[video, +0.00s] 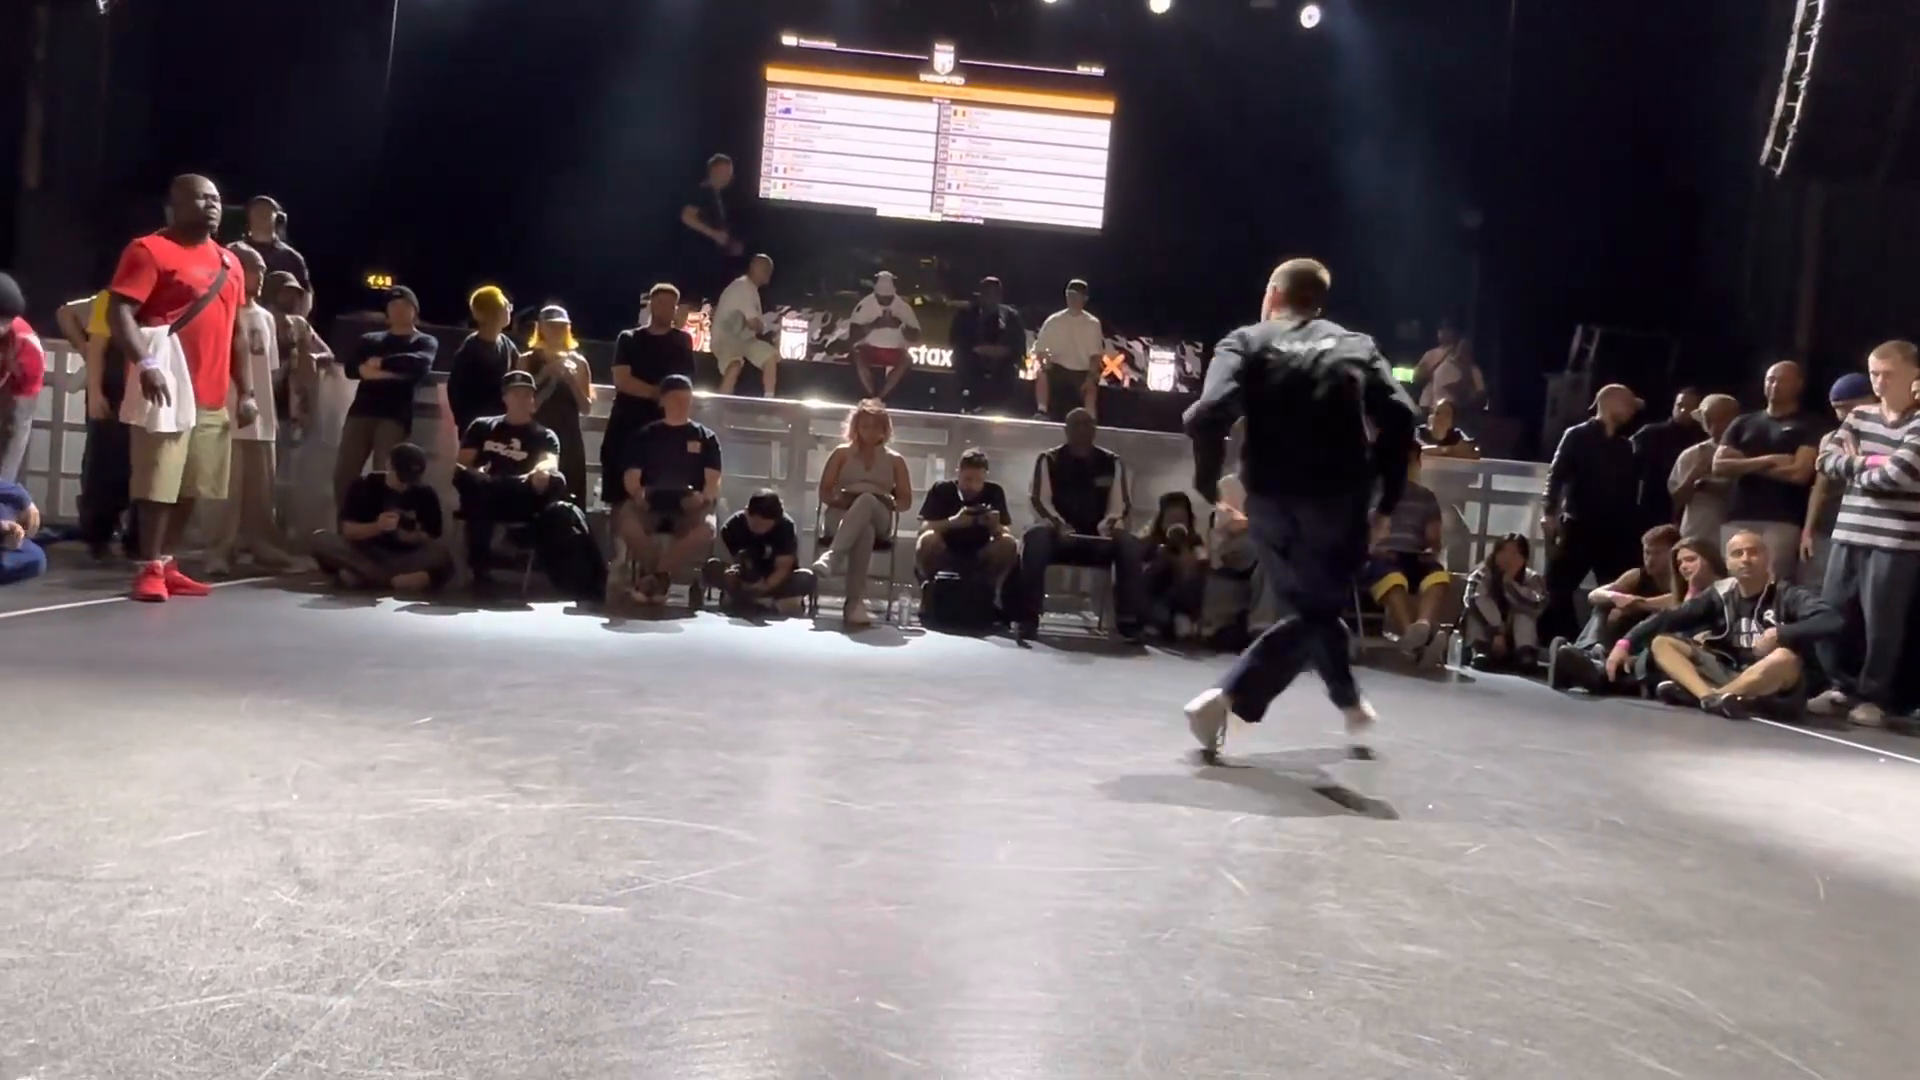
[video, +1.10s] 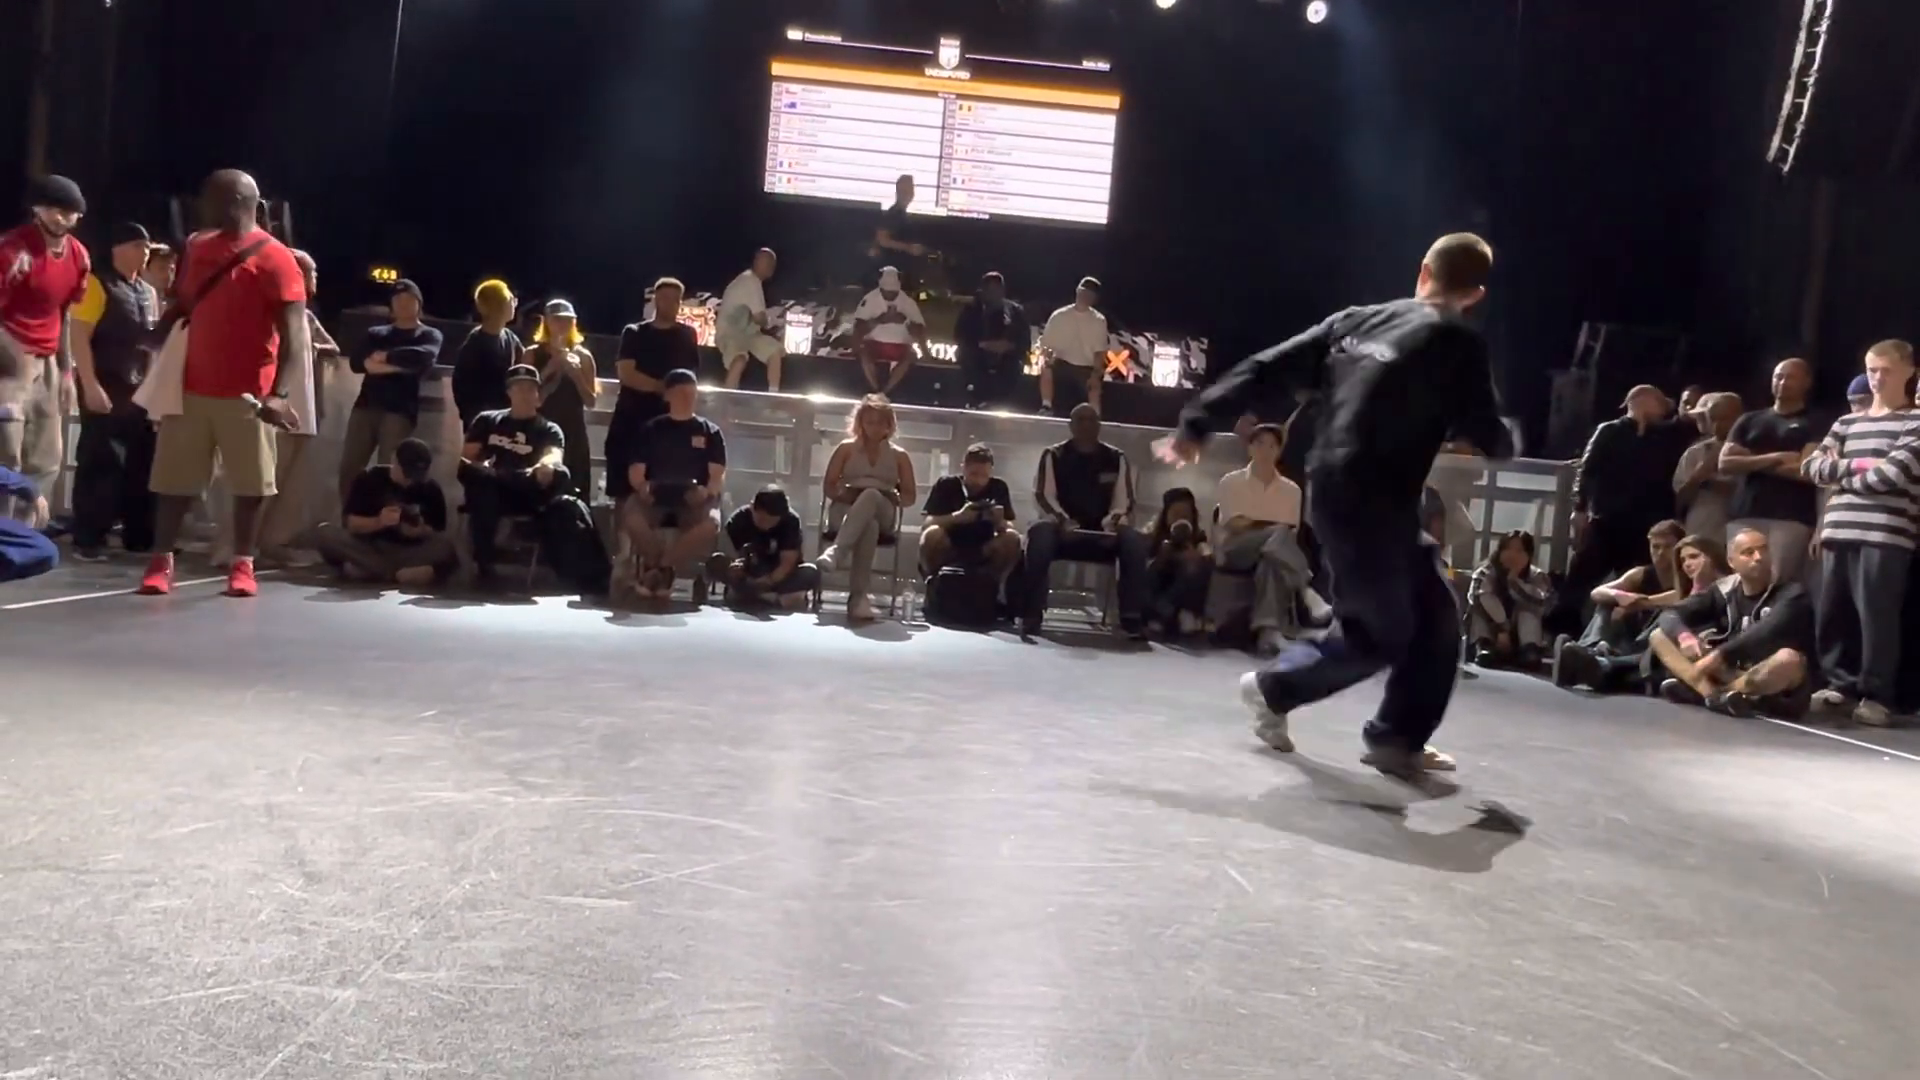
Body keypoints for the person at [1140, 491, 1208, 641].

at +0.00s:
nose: (1176, 524)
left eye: (1181, 519)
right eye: (1171, 519)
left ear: (1189, 519)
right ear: (1161, 520)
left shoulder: (1195, 544)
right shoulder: (1149, 545)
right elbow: (1143, 577)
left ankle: (1193, 620)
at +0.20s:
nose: (1178, 523)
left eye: (1183, 517)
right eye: (1172, 517)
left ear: (1191, 518)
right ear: (1163, 518)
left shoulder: (1197, 542)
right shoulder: (1150, 544)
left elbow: (1204, 566)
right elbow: (1145, 574)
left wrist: (1186, 547)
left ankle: (1195, 619)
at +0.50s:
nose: (1180, 519)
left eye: (1185, 514)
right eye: (1175, 514)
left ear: (1193, 515)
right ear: (1165, 515)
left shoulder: (1198, 538)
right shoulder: (1153, 540)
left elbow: (1207, 560)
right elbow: (1146, 571)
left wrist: (1187, 544)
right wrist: (1163, 554)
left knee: (1195, 566)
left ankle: (1190, 613)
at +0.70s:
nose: (1180, 520)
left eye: (1185, 514)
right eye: (1175, 514)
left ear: (1194, 515)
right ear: (1166, 515)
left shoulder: (1200, 539)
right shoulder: (1152, 541)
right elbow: (1146, 574)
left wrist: (1189, 546)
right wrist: (1163, 555)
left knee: (1194, 563)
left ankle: (1161, 619)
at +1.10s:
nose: (1180, 519)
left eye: (1185, 514)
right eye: (1175, 514)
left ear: (1194, 515)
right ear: (1165, 515)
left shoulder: (1200, 541)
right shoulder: (1154, 541)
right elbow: (1148, 571)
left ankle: (1160, 617)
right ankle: (1184, 613)